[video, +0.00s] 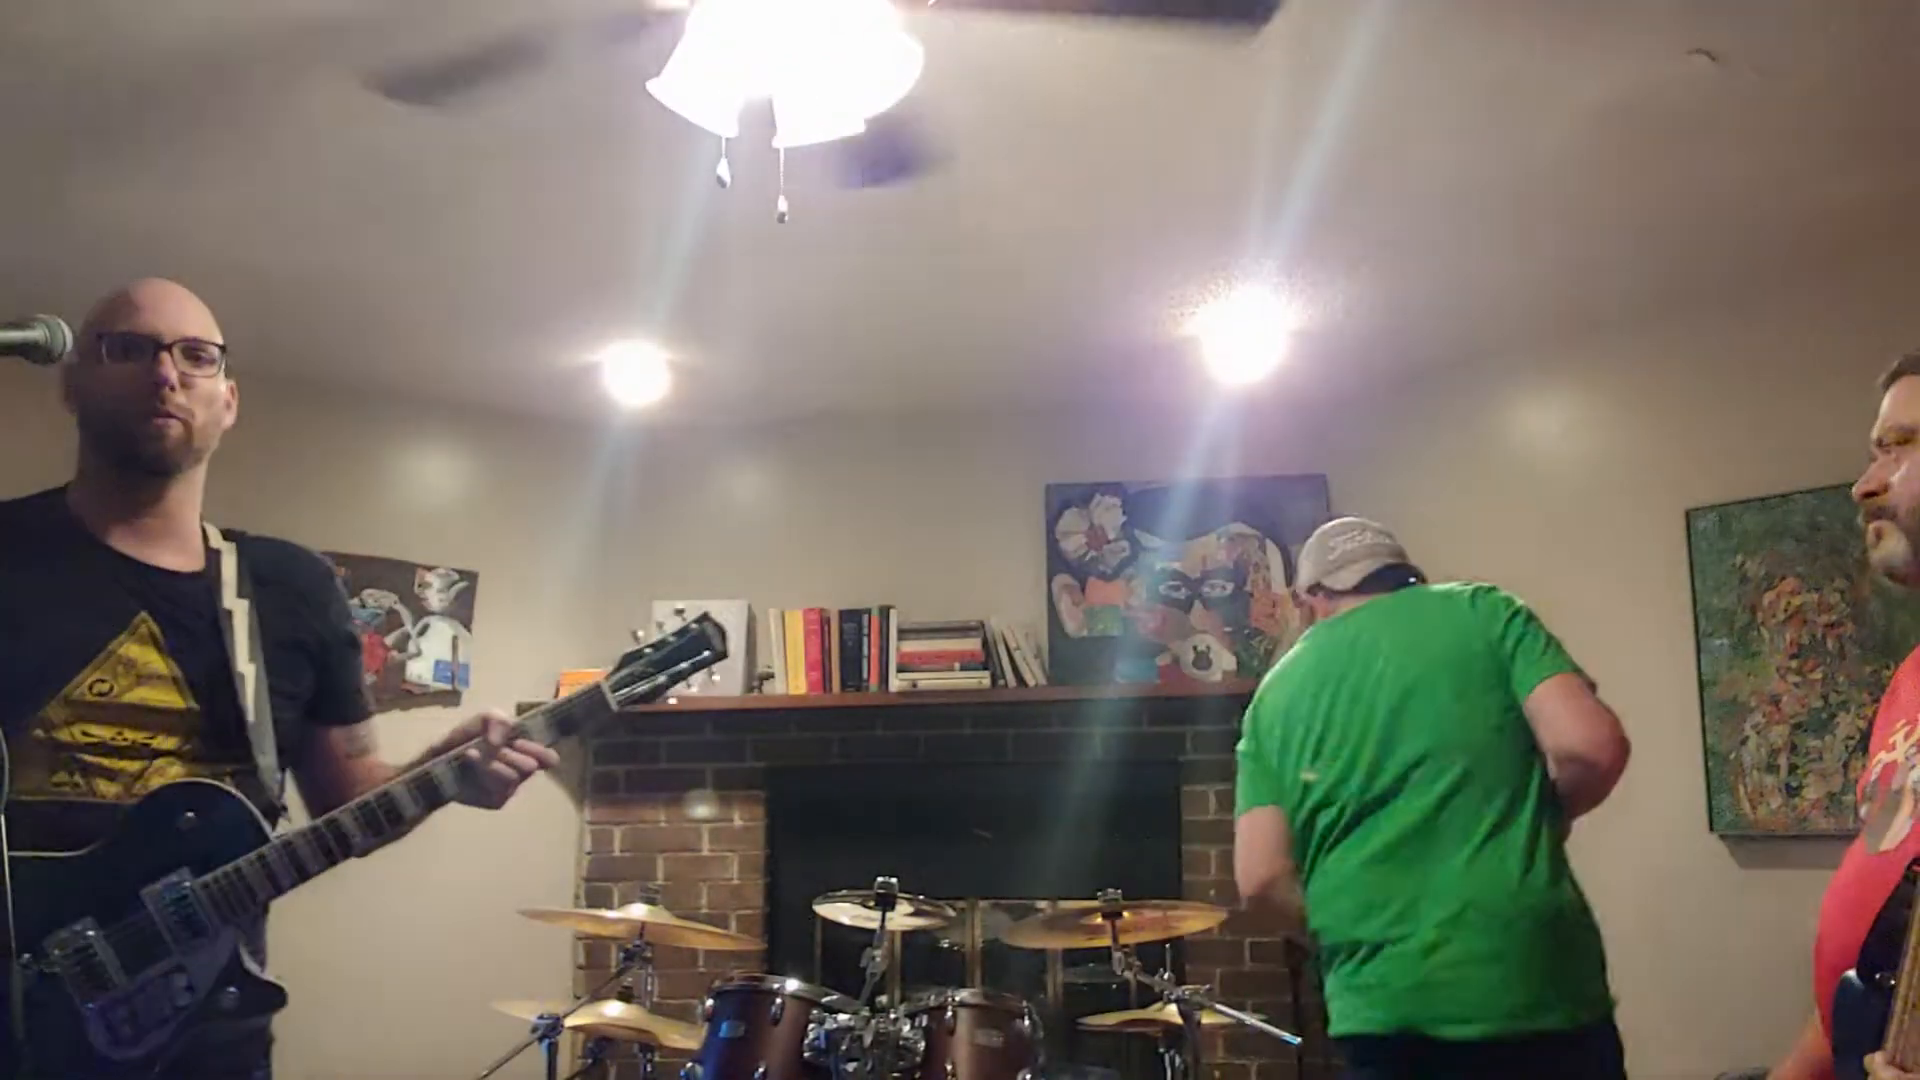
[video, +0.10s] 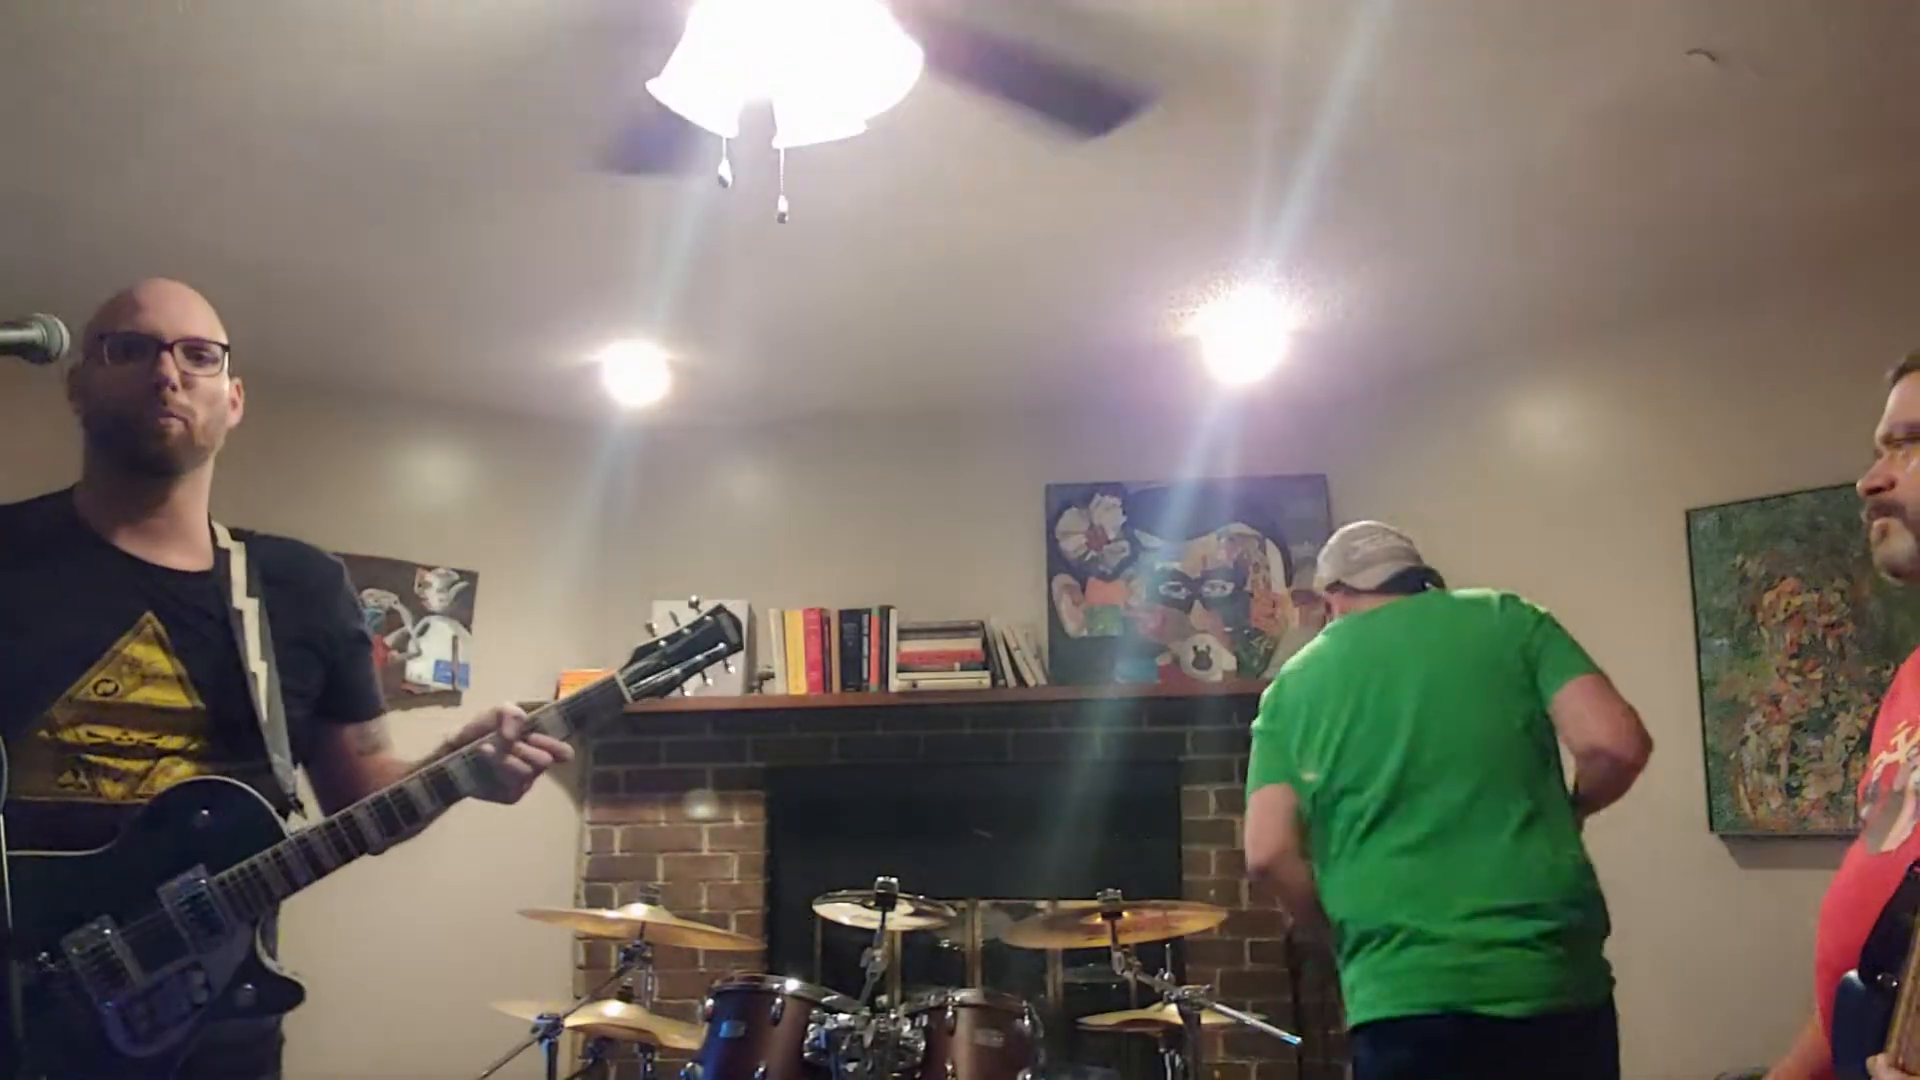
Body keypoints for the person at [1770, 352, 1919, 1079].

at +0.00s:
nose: (1865, 482)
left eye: (1897, 445)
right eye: (1875, 451)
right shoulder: (1906, 682)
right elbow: (1876, 908)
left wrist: (1803, 1059)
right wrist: (1801, 1061)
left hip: (1898, 1054)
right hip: (1854, 1046)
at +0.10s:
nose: (1870, 478)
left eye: (1903, 445)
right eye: (1879, 451)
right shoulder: (1906, 683)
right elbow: (1876, 905)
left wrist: (1801, 1058)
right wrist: (1800, 1061)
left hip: (1895, 1054)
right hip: (1855, 1047)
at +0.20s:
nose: (1875, 475)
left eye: (1910, 439)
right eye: (1882, 446)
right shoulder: (1908, 682)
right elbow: (1873, 909)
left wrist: (1796, 1062)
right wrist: (1794, 1065)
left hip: (1898, 1055)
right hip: (1857, 1049)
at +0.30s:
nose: (1882, 470)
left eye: (1913, 436)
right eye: (1889, 439)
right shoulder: (1908, 683)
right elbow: (1873, 922)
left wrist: (1799, 1061)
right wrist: (1795, 1066)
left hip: (1897, 1054)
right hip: (1856, 1048)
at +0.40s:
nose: (1889, 463)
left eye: (1913, 433)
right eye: (1892, 437)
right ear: (1887, 452)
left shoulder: (1909, 679)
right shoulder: (1909, 679)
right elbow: (1878, 903)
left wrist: (1808, 1059)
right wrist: (1804, 1064)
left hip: (1899, 1053)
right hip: (1863, 1049)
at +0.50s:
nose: (1891, 459)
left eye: (1917, 430)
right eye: (1895, 431)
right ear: (1891, 446)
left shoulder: (1908, 677)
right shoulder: (1909, 677)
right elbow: (1882, 907)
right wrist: (1808, 1065)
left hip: (1899, 1053)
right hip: (1861, 1047)